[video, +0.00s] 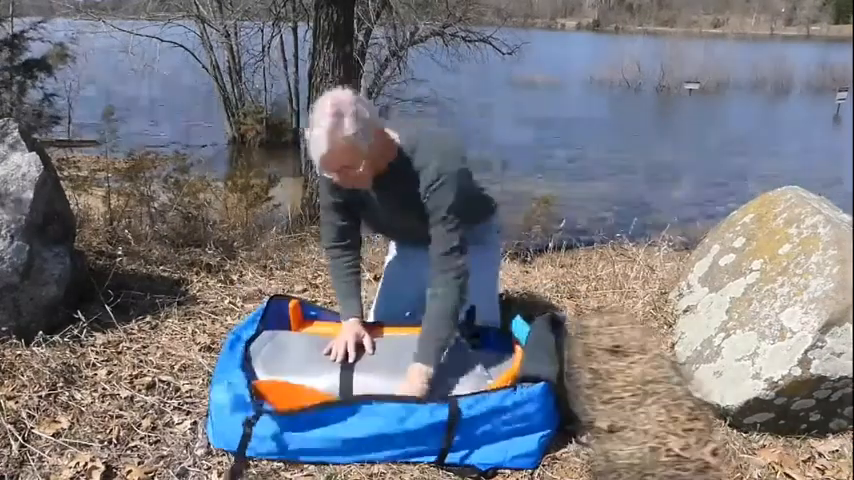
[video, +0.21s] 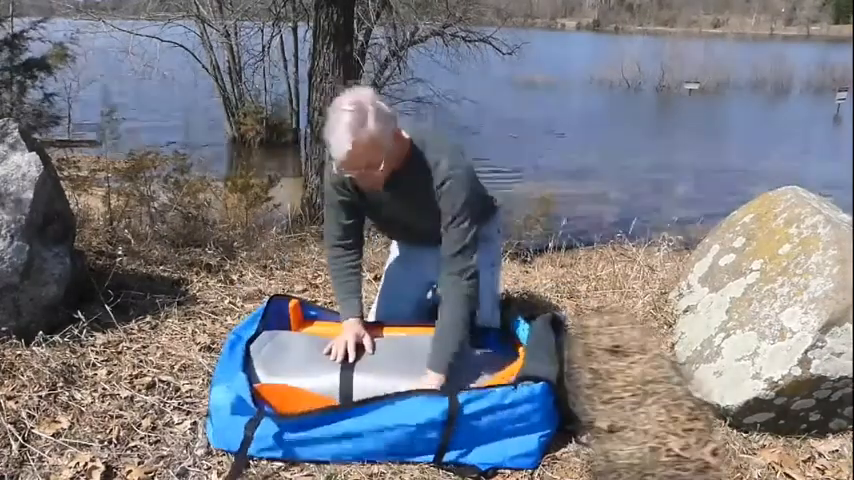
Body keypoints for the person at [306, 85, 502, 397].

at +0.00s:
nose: (338, 181)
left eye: (346, 169)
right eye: (329, 172)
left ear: (374, 148)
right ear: (319, 161)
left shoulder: (436, 164)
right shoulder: (334, 169)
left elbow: (449, 271)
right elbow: (340, 248)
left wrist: (422, 368)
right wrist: (351, 320)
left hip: (471, 240)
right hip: (410, 244)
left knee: (478, 338)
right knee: (380, 336)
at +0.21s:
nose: (361, 180)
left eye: (370, 168)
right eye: (350, 172)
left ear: (397, 141)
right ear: (337, 160)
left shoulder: (447, 168)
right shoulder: (341, 170)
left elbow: (459, 272)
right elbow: (342, 247)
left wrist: (435, 372)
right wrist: (351, 319)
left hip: (472, 241)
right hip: (411, 244)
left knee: (479, 327)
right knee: (386, 326)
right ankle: (443, 301)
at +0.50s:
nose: (368, 125)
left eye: (376, 108)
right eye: (354, 117)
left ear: (398, 96)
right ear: (341, 118)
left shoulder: (455, 141)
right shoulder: (345, 151)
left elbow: (481, 241)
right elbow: (344, 229)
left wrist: (469, 331)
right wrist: (347, 291)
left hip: (464, 248)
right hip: (407, 250)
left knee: (482, 345)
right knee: (383, 339)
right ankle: (432, 299)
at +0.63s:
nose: (366, 157)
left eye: (373, 145)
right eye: (354, 148)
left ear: (399, 120)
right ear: (343, 136)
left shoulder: (452, 147)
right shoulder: (344, 156)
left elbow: (472, 248)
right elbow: (344, 237)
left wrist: (454, 359)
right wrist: (344, 314)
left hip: (467, 246)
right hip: (410, 248)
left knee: (478, 341)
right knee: (387, 335)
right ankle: (437, 294)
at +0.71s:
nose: (361, 160)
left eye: (370, 149)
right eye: (352, 151)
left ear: (400, 123)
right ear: (341, 139)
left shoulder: (451, 148)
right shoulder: (343, 158)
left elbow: (470, 248)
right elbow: (345, 239)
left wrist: (454, 359)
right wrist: (345, 316)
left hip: (467, 246)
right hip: (410, 247)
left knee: (477, 341)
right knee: (388, 331)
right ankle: (437, 297)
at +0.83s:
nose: (375, 167)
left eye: (385, 154)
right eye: (364, 156)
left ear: (409, 128)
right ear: (350, 141)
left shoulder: (459, 149)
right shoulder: (347, 155)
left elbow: (484, 248)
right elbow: (344, 237)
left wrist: (451, 338)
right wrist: (346, 313)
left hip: (466, 251)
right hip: (409, 251)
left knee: (474, 350)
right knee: (386, 341)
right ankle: (434, 302)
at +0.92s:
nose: (373, 161)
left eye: (384, 150)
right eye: (364, 150)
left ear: (412, 131)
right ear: (353, 136)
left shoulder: (466, 149)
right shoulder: (349, 154)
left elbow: (495, 242)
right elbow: (344, 237)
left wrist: (456, 320)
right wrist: (345, 310)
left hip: (469, 251)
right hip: (408, 252)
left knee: (474, 348)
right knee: (384, 341)